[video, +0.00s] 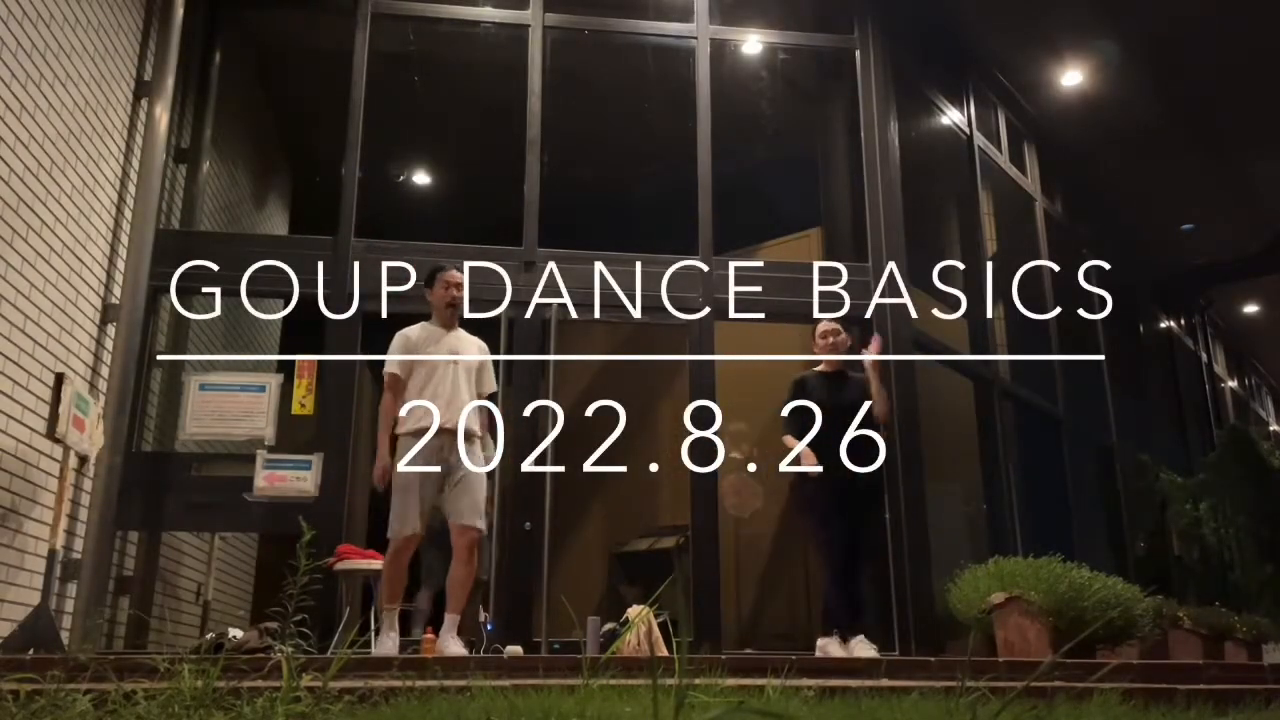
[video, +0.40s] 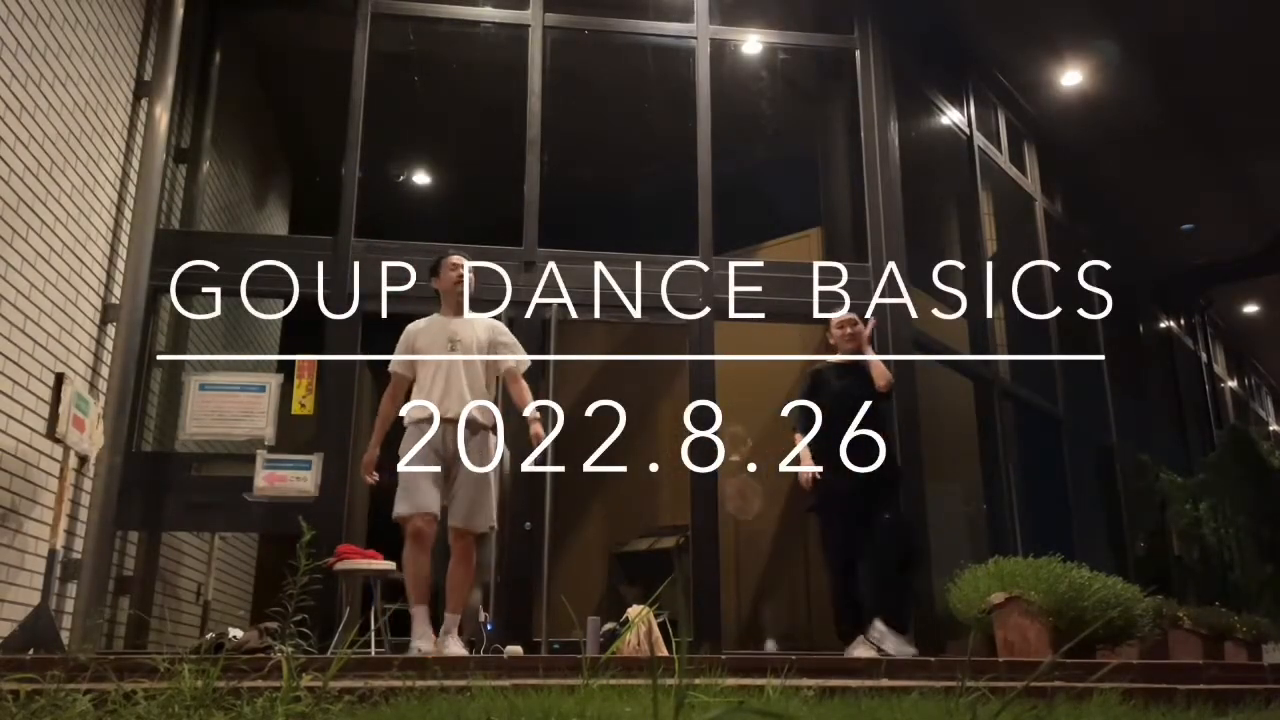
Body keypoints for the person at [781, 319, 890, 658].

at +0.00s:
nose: (830, 340)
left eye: (836, 333)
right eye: (823, 336)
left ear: (848, 341)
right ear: (814, 345)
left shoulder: (862, 381)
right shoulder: (805, 383)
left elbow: (883, 415)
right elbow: (787, 433)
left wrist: (872, 368)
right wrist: (802, 451)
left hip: (860, 478)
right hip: (822, 481)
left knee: (857, 553)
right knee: (834, 554)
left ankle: (839, 634)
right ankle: (844, 633)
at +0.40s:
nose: (848, 331)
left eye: (853, 325)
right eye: (840, 327)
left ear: (864, 332)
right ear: (830, 337)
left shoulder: (874, 368)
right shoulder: (820, 374)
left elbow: (884, 384)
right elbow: (799, 421)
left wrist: (866, 346)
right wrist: (805, 457)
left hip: (877, 472)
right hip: (835, 475)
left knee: (885, 545)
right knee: (843, 554)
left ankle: (885, 625)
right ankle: (854, 638)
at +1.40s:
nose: (877, 315)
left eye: (883, 309)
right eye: (869, 309)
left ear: (894, 319)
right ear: (857, 320)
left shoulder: (907, 362)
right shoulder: (842, 363)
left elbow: (936, 408)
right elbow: (827, 413)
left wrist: (914, 365)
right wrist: (819, 454)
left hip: (906, 469)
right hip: (859, 473)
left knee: (913, 554)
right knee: (868, 556)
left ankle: (919, 639)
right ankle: (878, 638)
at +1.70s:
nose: (868, 317)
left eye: (874, 311)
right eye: (861, 311)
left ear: (885, 317)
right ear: (849, 317)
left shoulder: (899, 363)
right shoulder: (834, 362)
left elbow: (934, 419)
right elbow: (805, 415)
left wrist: (917, 410)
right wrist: (820, 403)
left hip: (901, 475)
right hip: (854, 476)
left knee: (908, 551)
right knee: (866, 555)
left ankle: (913, 638)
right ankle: (877, 637)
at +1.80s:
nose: (867, 330)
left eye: (873, 324)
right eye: (860, 324)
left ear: (883, 329)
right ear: (849, 330)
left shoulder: (896, 382)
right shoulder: (834, 379)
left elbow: (918, 427)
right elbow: (810, 421)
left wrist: (914, 448)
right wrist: (828, 432)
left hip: (893, 479)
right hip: (848, 480)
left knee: (907, 548)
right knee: (865, 536)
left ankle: (911, 637)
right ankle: (867, 617)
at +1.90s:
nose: (858, 329)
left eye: (865, 323)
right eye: (851, 323)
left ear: (878, 327)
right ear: (842, 327)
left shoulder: (893, 381)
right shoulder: (823, 376)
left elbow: (909, 432)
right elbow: (796, 423)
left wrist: (907, 466)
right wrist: (808, 456)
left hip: (883, 482)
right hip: (836, 479)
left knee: (902, 553)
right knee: (832, 512)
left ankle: (909, 640)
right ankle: (829, 590)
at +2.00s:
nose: (833, 304)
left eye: (841, 298)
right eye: (828, 297)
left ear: (857, 307)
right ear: (821, 304)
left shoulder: (876, 358)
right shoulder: (804, 351)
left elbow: (898, 409)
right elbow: (772, 392)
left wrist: (896, 448)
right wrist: (772, 431)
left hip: (861, 461)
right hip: (810, 457)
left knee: (882, 541)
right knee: (793, 514)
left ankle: (903, 634)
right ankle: (779, 601)